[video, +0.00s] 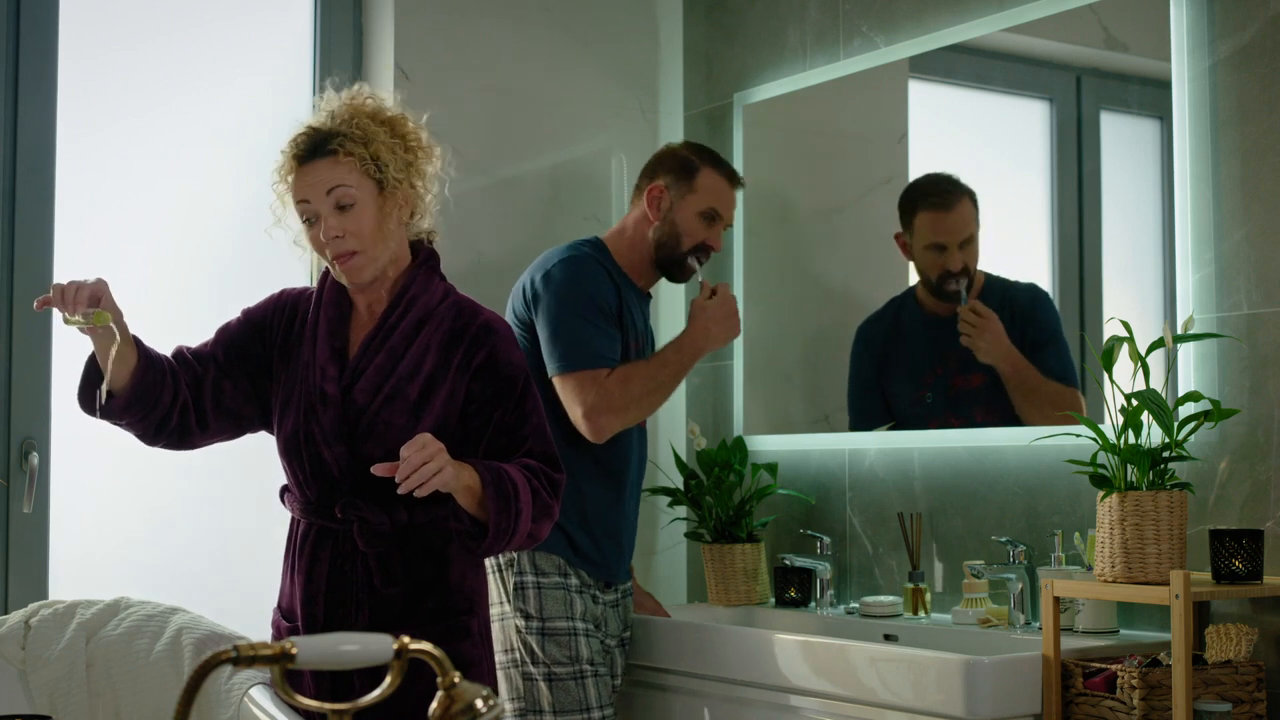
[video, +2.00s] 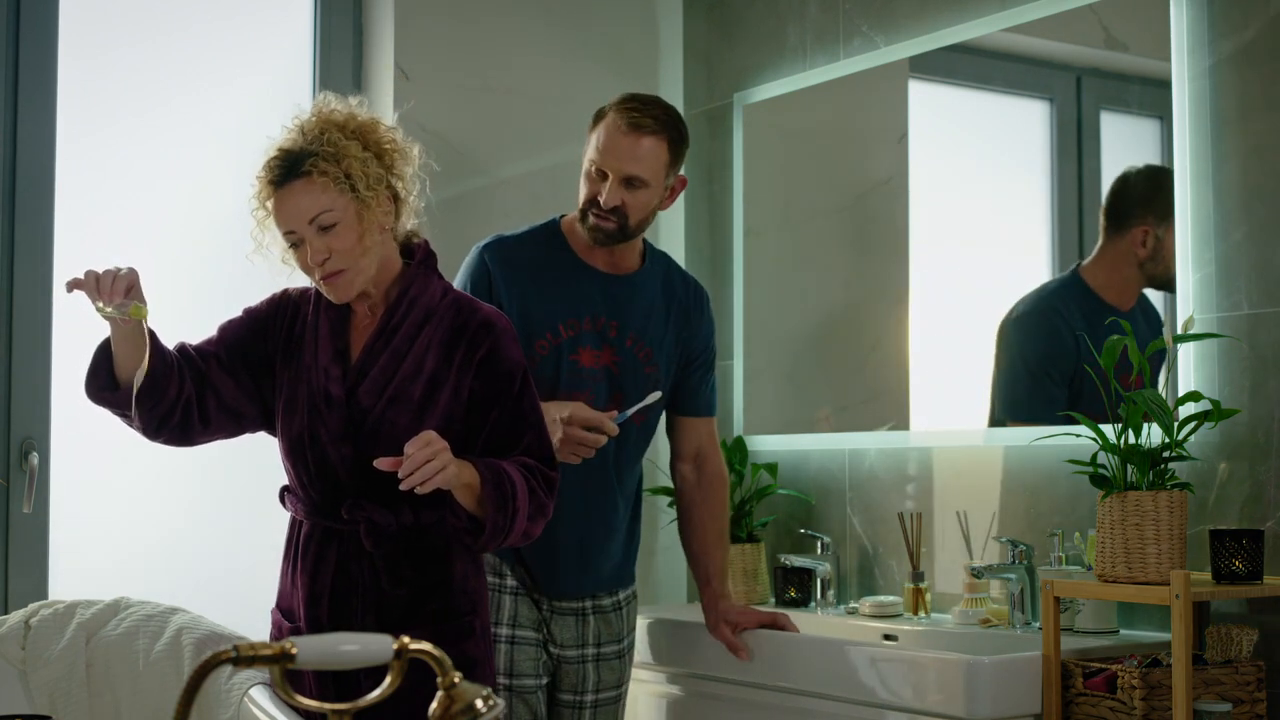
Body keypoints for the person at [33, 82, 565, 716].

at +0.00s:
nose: (327, 231)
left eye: (344, 203)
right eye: (311, 215)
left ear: (400, 198)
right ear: (301, 226)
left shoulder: (478, 342)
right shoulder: (289, 326)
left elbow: (537, 497)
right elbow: (176, 406)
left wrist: (463, 479)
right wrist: (105, 328)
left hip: (435, 630)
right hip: (311, 628)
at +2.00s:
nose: (313, 255)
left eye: (327, 227)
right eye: (295, 240)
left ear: (383, 207)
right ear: (283, 243)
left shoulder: (475, 335)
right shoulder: (289, 327)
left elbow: (532, 496)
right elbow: (173, 404)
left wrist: (462, 476)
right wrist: (127, 320)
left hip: (436, 618)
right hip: (312, 617)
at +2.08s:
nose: (313, 254)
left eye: (327, 225)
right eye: (295, 239)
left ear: (384, 207)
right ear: (285, 242)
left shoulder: (476, 335)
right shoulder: (290, 327)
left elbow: (532, 496)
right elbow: (174, 404)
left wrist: (462, 476)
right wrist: (128, 325)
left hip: (436, 620)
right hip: (311, 619)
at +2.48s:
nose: (317, 244)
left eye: (334, 217)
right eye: (301, 230)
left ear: (390, 205)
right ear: (293, 236)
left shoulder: (478, 335)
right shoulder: (293, 327)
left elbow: (534, 495)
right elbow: (180, 408)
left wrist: (463, 477)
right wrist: (127, 329)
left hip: (437, 615)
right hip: (315, 613)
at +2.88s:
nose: (330, 220)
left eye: (358, 201)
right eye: (323, 200)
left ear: (411, 216)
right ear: (311, 207)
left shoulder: (476, 331)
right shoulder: (291, 339)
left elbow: (529, 484)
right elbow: (211, 457)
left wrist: (460, 466)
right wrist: (141, 374)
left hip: (441, 614)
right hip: (318, 614)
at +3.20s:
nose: (414, 218)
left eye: (427, 197)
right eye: (389, 196)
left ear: (439, 206)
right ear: (336, 210)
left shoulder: (481, 329)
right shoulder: (283, 342)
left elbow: (538, 484)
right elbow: (232, 482)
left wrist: (487, 456)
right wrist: (154, 402)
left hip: (463, 608)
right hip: (334, 608)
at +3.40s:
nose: (435, 224)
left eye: (441, 204)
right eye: (412, 201)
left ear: (451, 207)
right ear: (348, 205)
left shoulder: (479, 328)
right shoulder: (284, 341)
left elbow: (529, 505)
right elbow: (241, 497)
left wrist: (535, 454)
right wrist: (205, 369)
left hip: (479, 612)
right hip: (349, 619)